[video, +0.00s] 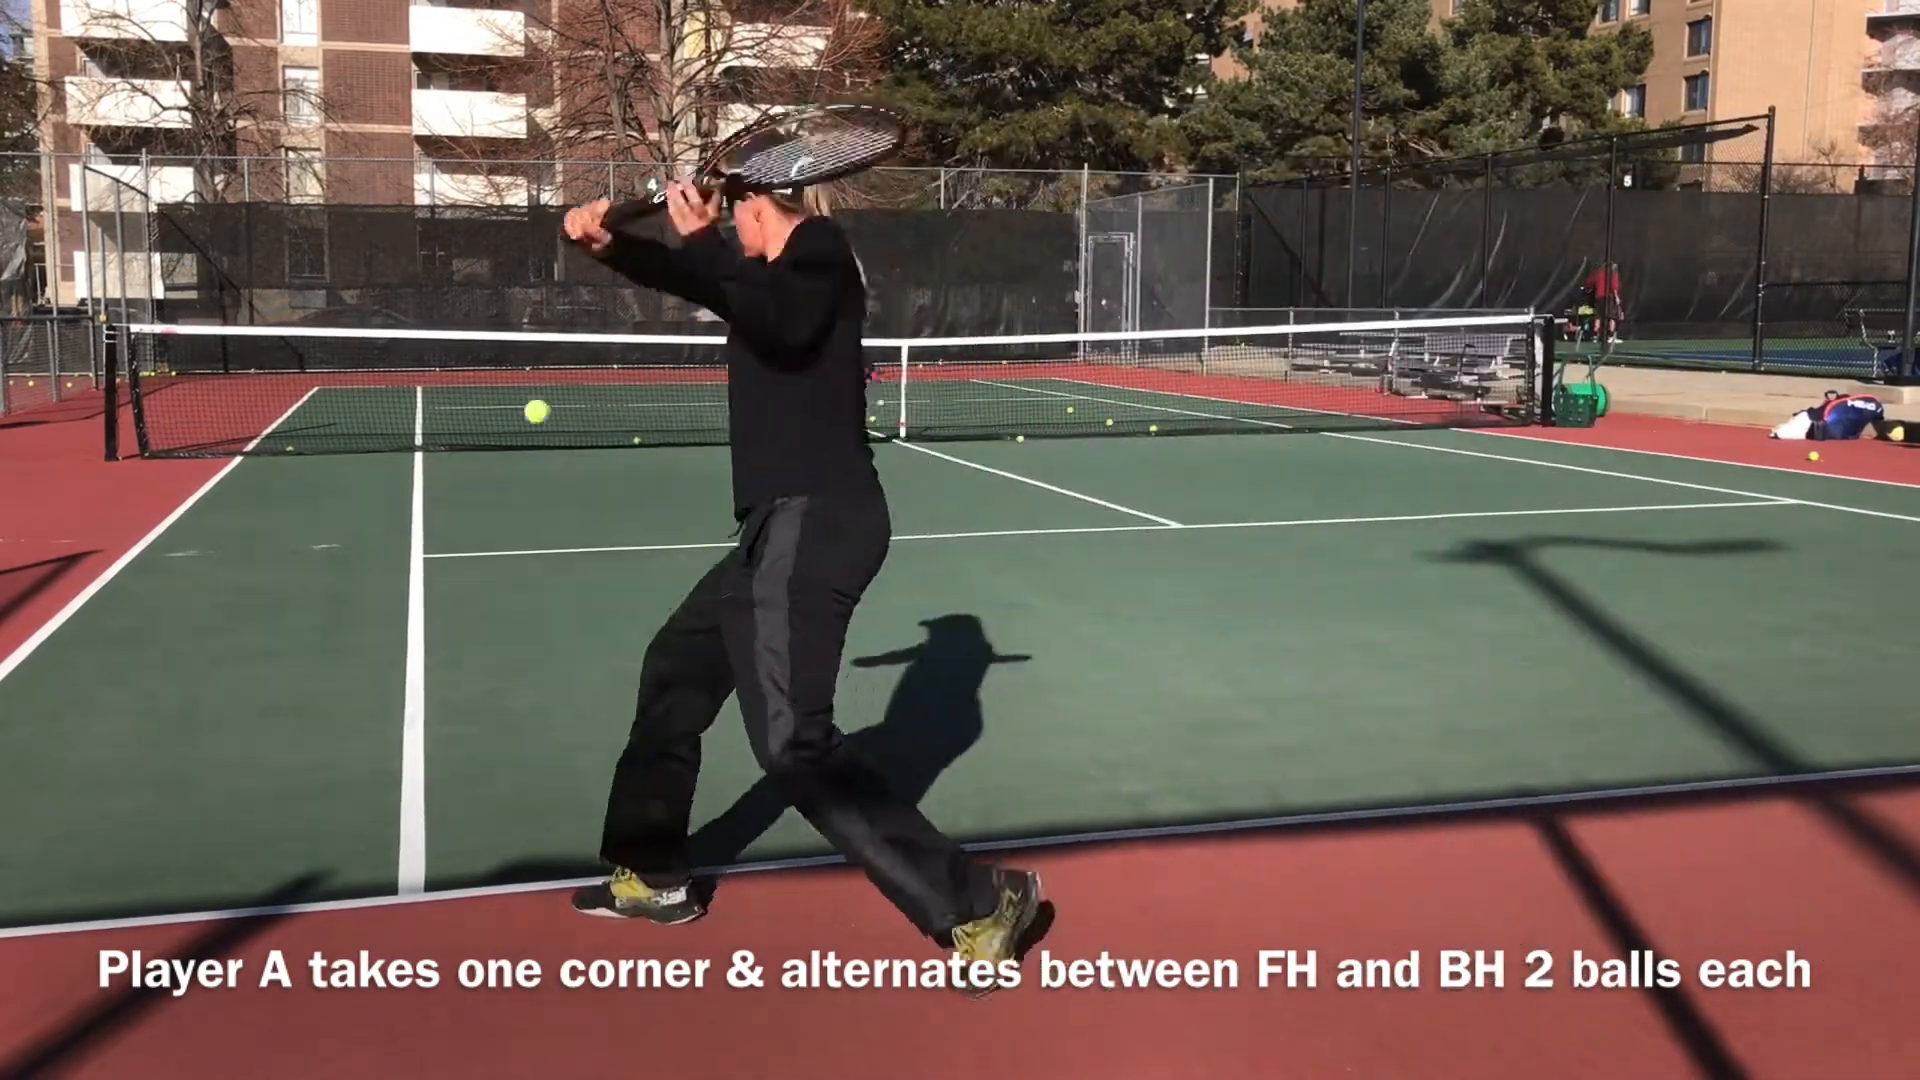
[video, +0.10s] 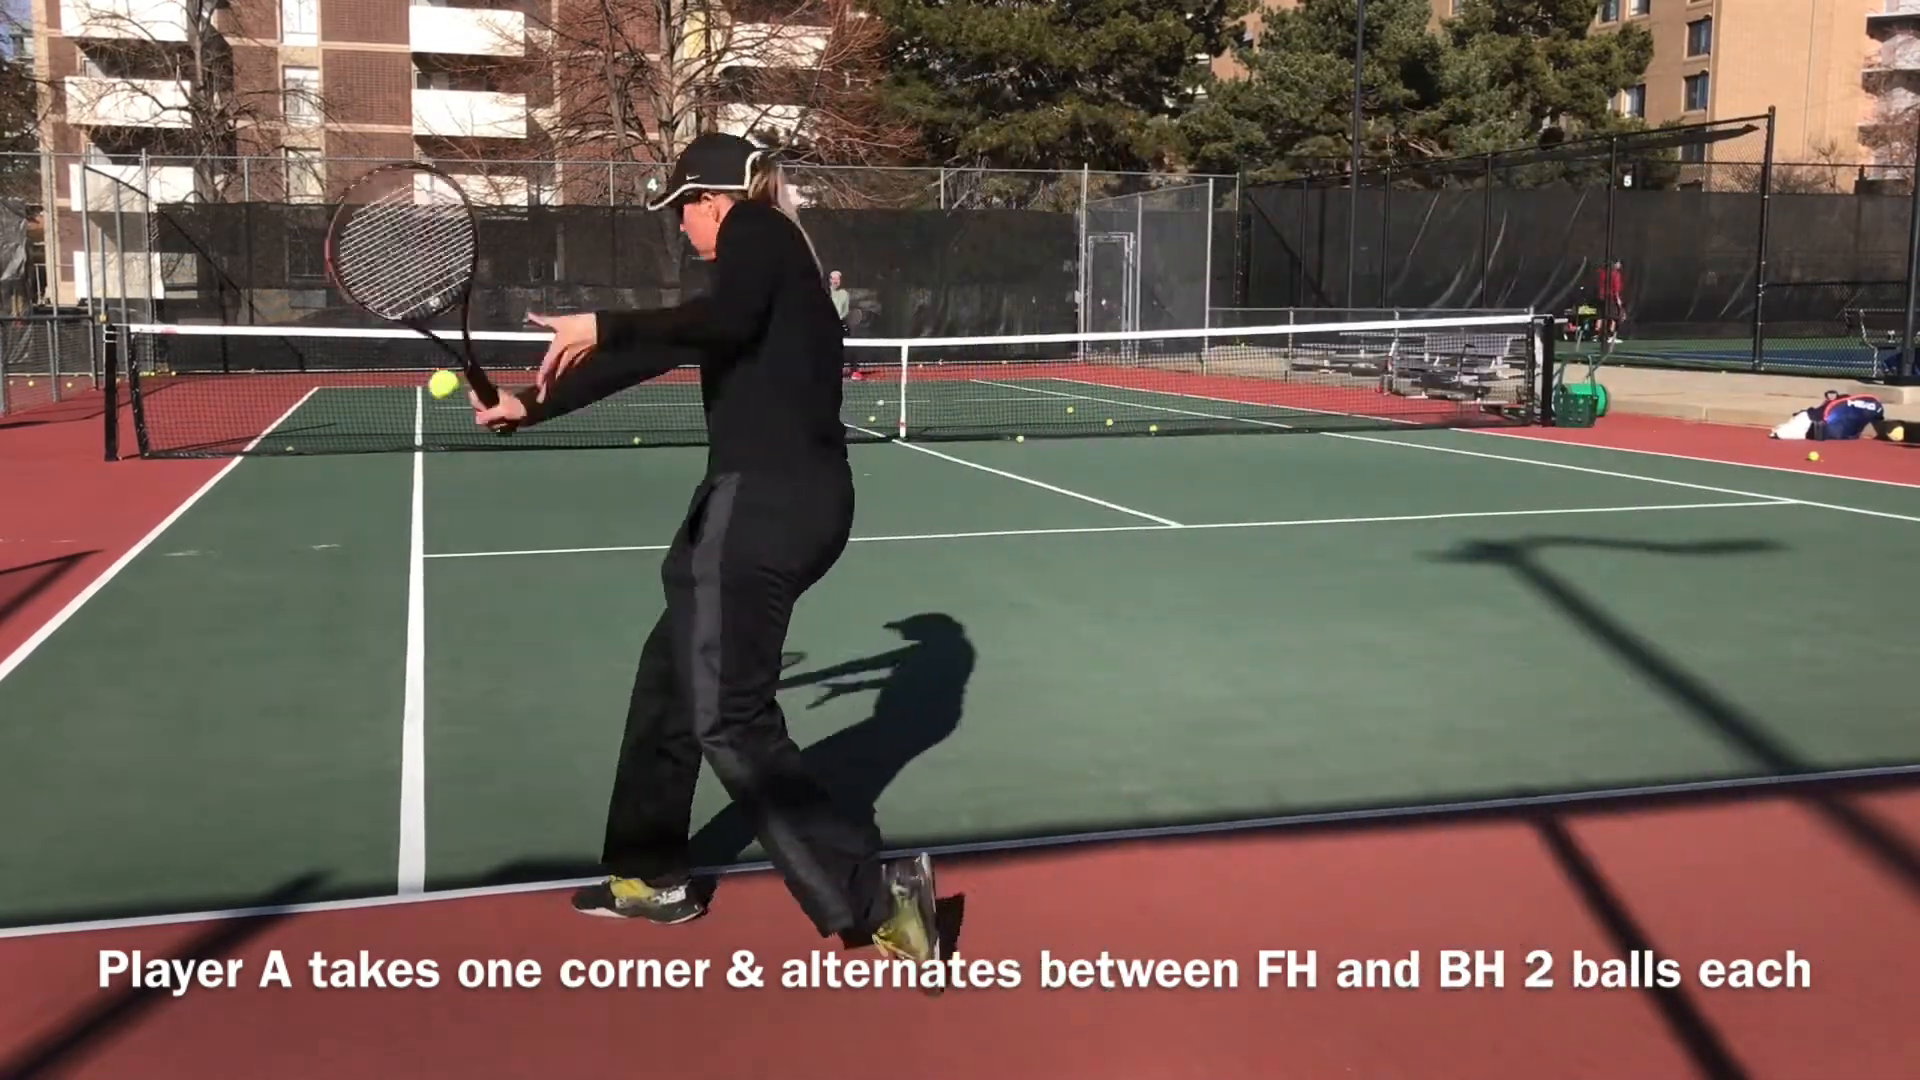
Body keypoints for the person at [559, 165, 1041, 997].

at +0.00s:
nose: (731, 228)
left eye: (732, 213)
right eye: (727, 214)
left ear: (758, 205)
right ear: (783, 199)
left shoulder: (817, 255)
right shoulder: (776, 263)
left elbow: (785, 329)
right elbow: (691, 271)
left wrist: (708, 245)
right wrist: (609, 243)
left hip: (817, 521)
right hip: (787, 522)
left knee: (794, 746)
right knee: (677, 666)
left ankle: (982, 904)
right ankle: (650, 871)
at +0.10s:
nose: (682, 229)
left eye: (686, 210)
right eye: (681, 213)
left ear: (713, 199)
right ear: (739, 194)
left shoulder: (755, 235)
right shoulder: (762, 251)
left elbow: (728, 321)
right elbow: (655, 345)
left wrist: (604, 329)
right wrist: (542, 398)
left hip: (768, 494)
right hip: (762, 491)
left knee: (727, 715)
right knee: (669, 675)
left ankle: (876, 901)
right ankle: (649, 874)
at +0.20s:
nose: (635, 196)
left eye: (639, 177)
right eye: (633, 180)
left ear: (674, 164)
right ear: (698, 163)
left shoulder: (706, 208)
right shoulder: (755, 220)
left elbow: (707, 304)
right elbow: (752, 371)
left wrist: (638, 341)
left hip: (731, 474)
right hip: (786, 474)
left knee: (705, 696)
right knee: (688, 672)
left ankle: (821, 890)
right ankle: (651, 869)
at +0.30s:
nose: (601, 169)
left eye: (604, 152)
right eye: (600, 153)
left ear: (633, 148)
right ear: (675, 142)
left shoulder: (672, 198)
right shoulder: (738, 211)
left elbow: (708, 235)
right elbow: (814, 290)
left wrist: (735, 279)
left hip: (713, 463)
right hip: (767, 463)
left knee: (683, 688)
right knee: (674, 670)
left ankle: (783, 901)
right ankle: (660, 866)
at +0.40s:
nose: (608, 157)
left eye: (612, 141)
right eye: (609, 142)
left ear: (638, 141)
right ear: (683, 132)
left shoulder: (669, 193)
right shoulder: (744, 203)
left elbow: (700, 235)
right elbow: (849, 231)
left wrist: (757, 258)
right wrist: (971, 227)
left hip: (701, 463)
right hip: (760, 464)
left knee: (655, 693)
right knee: (670, 676)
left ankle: (753, 918)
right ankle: (646, 867)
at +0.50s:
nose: (627, 151)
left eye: (626, 137)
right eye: (633, 136)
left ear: (641, 142)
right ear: (705, 132)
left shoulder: (668, 200)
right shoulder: (771, 207)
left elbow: (673, 253)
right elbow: (883, 219)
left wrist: (684, 293)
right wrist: (997, 211)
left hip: (697, 482)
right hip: (772, 481)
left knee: (646, 702)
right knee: (686, 684)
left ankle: (688, 946)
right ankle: (644, 870)